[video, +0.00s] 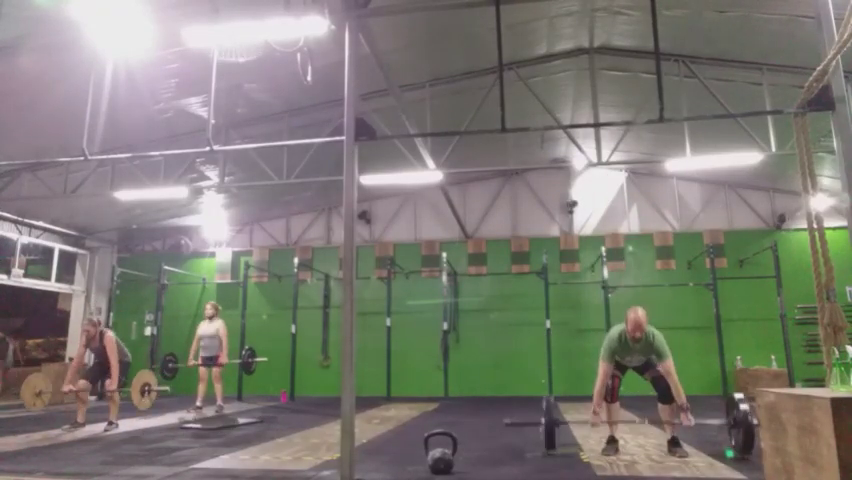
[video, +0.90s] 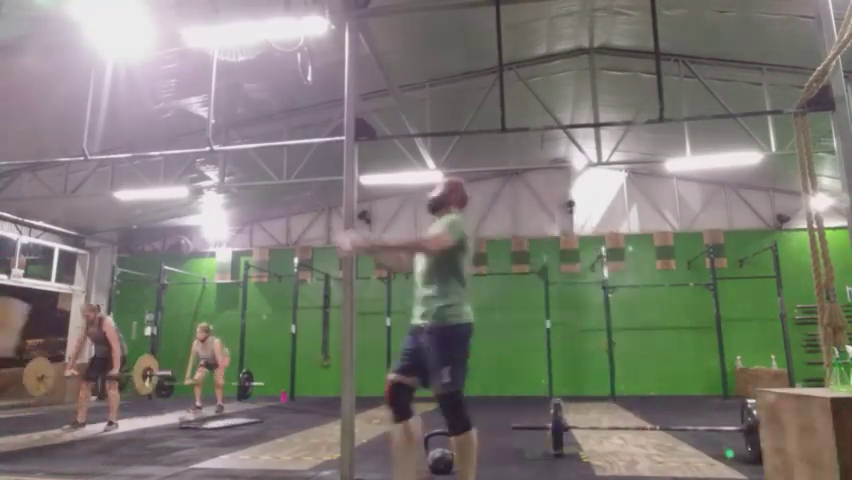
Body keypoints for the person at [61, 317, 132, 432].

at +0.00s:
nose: (85, 334)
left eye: (88, 331)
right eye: (84, 331)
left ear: (96, 328)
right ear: (82, 330)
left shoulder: (108, 336)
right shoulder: (86, 337)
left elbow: (114, 361)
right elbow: (78, 360)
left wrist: (114, 382)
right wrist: (67, 382)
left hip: (120, 362)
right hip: (102, 362)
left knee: (110, 386)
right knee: (82, 386)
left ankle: (112, 421)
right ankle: (80, 421)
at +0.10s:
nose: (82, 350)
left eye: (84, 347)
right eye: (80, 347)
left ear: (92, 344)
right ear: (78, 346)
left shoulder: (104, 350)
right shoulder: (81, 353)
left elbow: (111, 374)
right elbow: (73, 375)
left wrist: (112, 400)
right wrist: (63, 398)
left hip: (118, 371)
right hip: (99, 372)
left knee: (104, 388)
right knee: (77, 388)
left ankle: (112, 421)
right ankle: (80, 420)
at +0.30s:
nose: (92, 311)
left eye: (94, 308)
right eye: (90, 308)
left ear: (102, 307)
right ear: (89, 308)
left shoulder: (111, 317)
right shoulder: (90, 319)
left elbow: (119, 339)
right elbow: (83, 337)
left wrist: (119, 360)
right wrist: (74, 354)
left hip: (112, 356)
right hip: (97, 356)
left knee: (112, 384)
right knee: (88, 385)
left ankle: (112, 420)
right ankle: (80, 420)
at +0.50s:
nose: (93, 311)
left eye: (96, 308)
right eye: (92, 308)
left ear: (104, 307)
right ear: (91, 308)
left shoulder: (111, 317)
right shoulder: (91, 319)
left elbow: (119, 339)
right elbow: (84, 339)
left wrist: (120, 361)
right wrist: (74, 358)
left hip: (111, 358)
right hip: (96, 358)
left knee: (111, 384)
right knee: (85, 385)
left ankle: (112, 420)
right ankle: (80, 420)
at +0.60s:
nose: (83, 339)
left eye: (85, 336)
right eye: (81, 336)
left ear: (94, 333)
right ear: (80, 334)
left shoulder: (106, 340)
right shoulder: (84, 340)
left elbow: (112, 364)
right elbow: (76, 362)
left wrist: (113, 387)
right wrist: (65, 386)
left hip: (118, 363)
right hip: (100, 363)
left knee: (109, 386)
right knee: (81, 386)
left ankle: (112, 420)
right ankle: (80, 420)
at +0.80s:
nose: (79, 351)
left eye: (81, 348)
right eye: (78, 348)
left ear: (89, 345)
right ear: (76, 347)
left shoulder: (102, 349)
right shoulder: (80, 352)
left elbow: (109, 374)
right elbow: (73, 373)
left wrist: (111, 399)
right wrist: (62, 397)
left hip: (118, 369)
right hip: (99, 369)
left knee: (105, 388)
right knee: (77, 388)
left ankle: (112, 421)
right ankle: (80, 420)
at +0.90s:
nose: (87, 319)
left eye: (89, 315)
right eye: (85, 316)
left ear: (96, 313)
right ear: (84, 316)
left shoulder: (106, 322)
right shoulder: (87, 324)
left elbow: (115, 345)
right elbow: (80, 342)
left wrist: (116, 367)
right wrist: (71, 363)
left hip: (114, 355)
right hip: (99, 355)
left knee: (111, 385)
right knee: (85, 383)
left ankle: (113, 420)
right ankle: (80, 420)